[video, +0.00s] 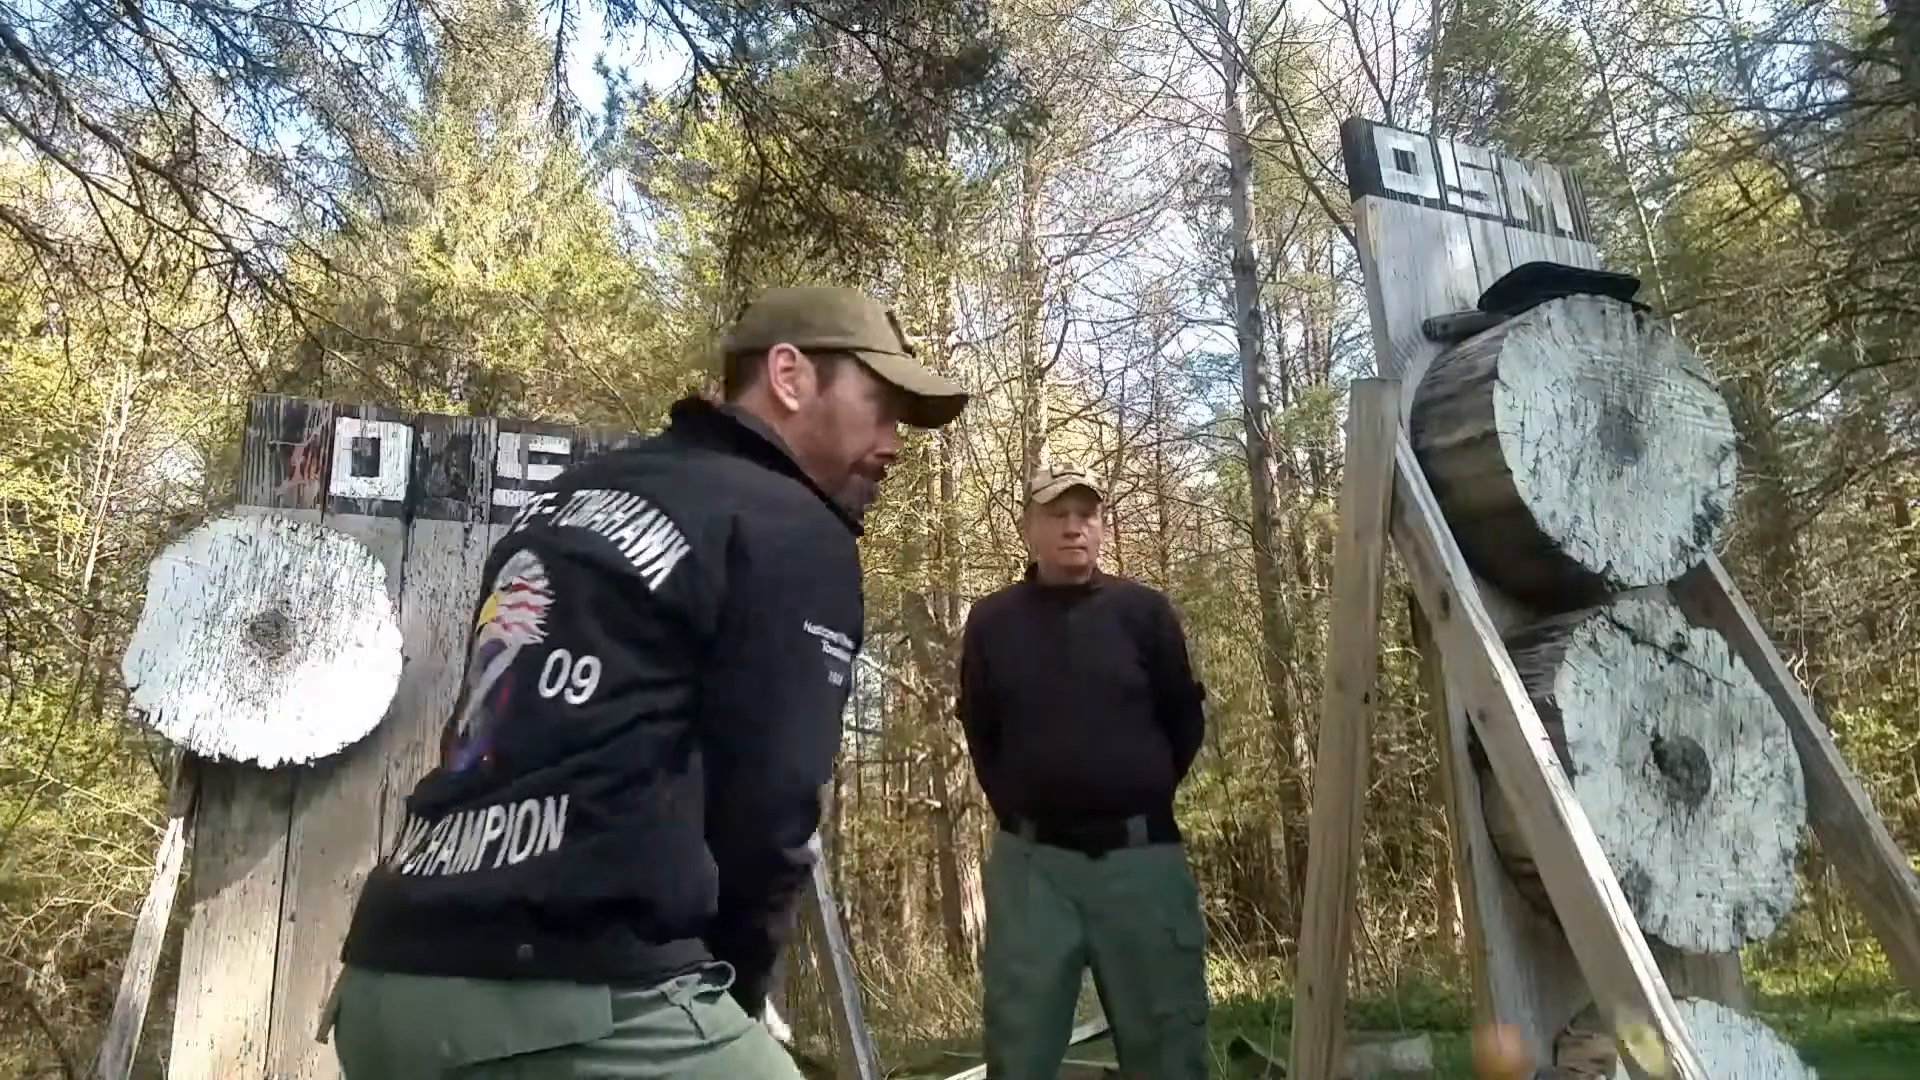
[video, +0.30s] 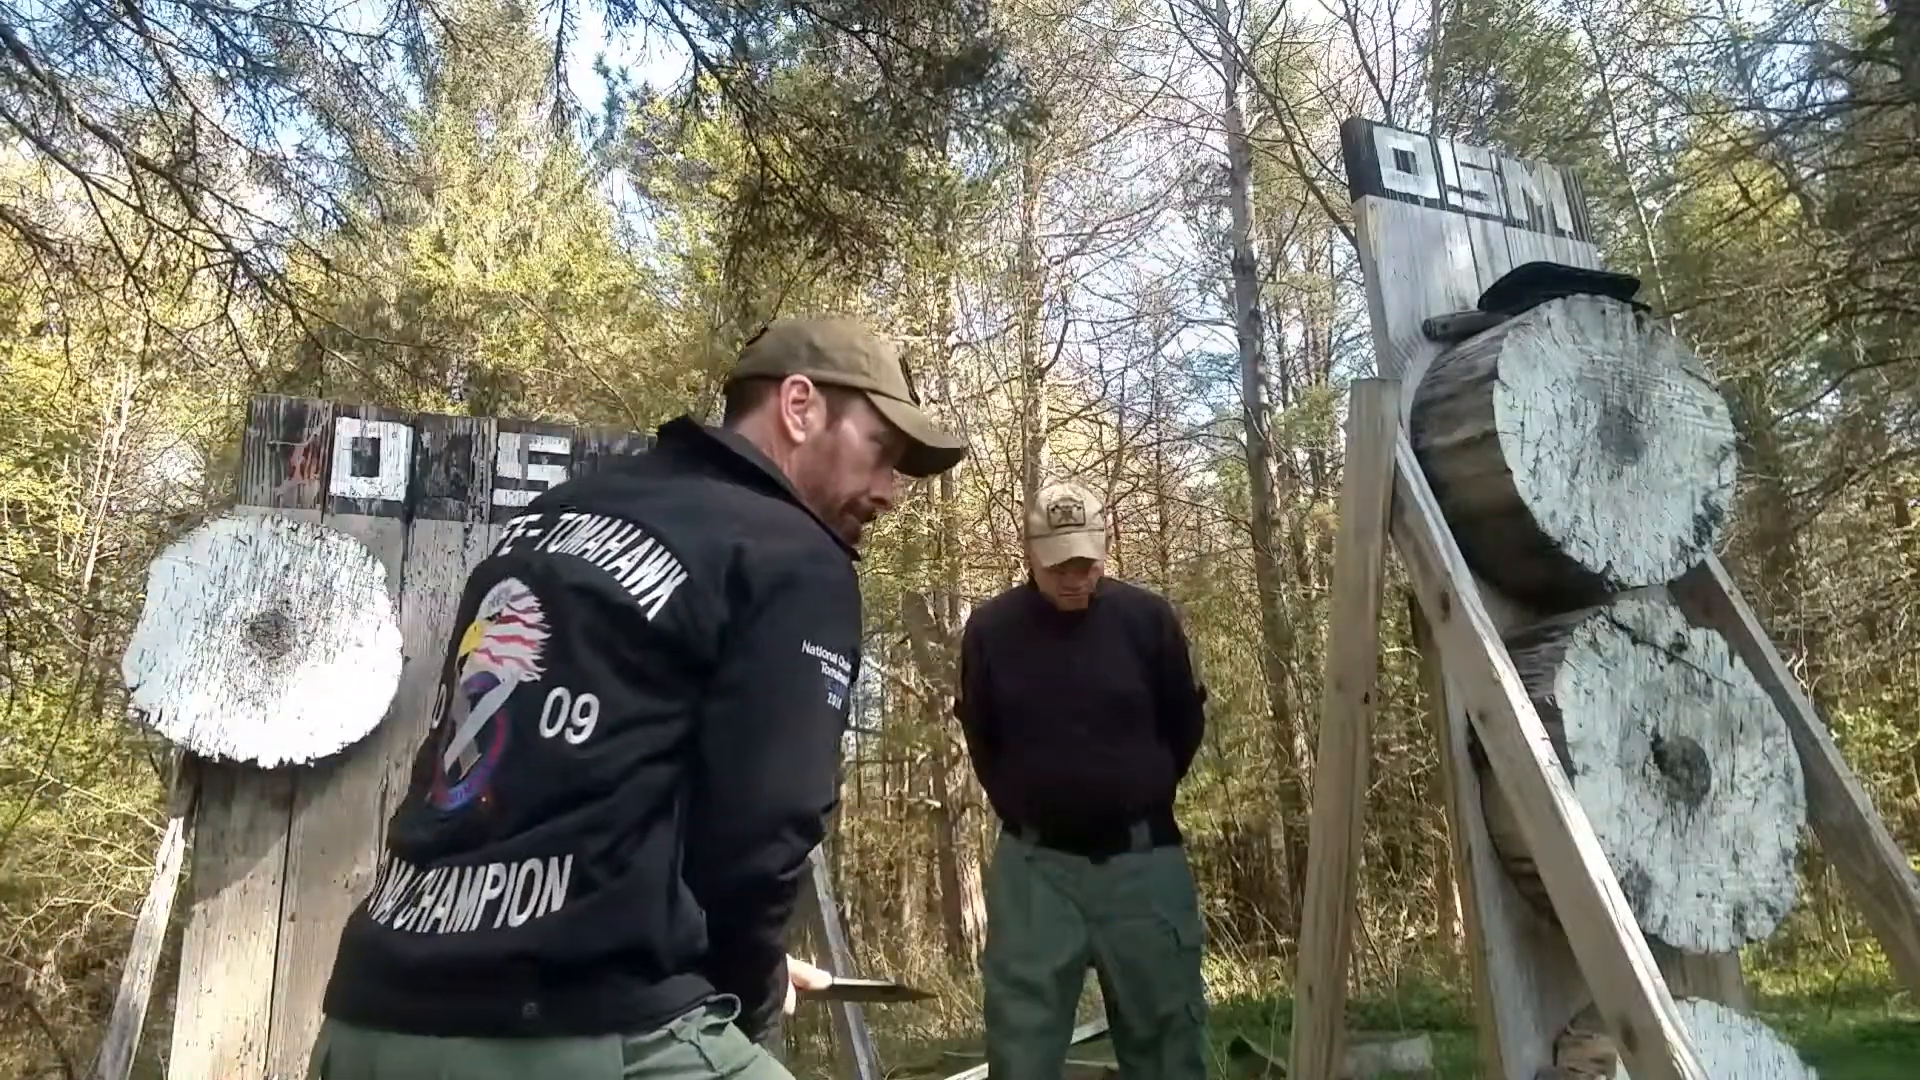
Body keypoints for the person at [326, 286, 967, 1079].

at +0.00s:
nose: (896, 446)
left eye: (901, 420)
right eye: (881, 407)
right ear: (788, 377)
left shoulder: (578, 486)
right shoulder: (793, 528)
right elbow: (769, 811)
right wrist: (737, 996)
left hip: (390, 984)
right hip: (592, 997)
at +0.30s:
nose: (894, 492)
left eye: (902, 467)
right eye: (885, 451)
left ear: (788, 411)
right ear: (798, 408)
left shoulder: (561, 507)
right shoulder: (795, 558)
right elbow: (759, 830)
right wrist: (754, 991)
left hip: (379, 1013)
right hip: (601, 1027)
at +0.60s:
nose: (876, 495)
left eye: (883, 469)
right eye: (867, 454)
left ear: (771, 411)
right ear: (781, 410)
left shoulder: (541, 508)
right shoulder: (778, 556)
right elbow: (748, 833)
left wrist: (740, 950)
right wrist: (741, 995)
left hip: (371, 1019)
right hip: (594, 1028)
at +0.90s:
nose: (863, 486)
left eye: (870, 460)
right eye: (855, 444)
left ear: (760, 402)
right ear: (769, 401)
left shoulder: (524, 502)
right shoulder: (765, 548)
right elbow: (740, 824)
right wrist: (734, 983)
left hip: (361, 1018)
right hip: (584, 1024)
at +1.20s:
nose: (805, 466)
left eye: (813, 440)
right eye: (794, 424)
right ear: (706, 383)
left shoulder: (464, 498)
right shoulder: (710, 523)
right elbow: (697, 813)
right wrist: (714, 967)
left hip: (327, 1015)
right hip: (547, 1011)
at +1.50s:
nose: (605, 455)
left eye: (609, 429)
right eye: (586, 413)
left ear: (492, 393)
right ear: (497, 389)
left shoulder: (271, 527)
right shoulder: (508, 518)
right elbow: (514, 794)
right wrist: (581, 964)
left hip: (182, 1023)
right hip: (385, 1012)